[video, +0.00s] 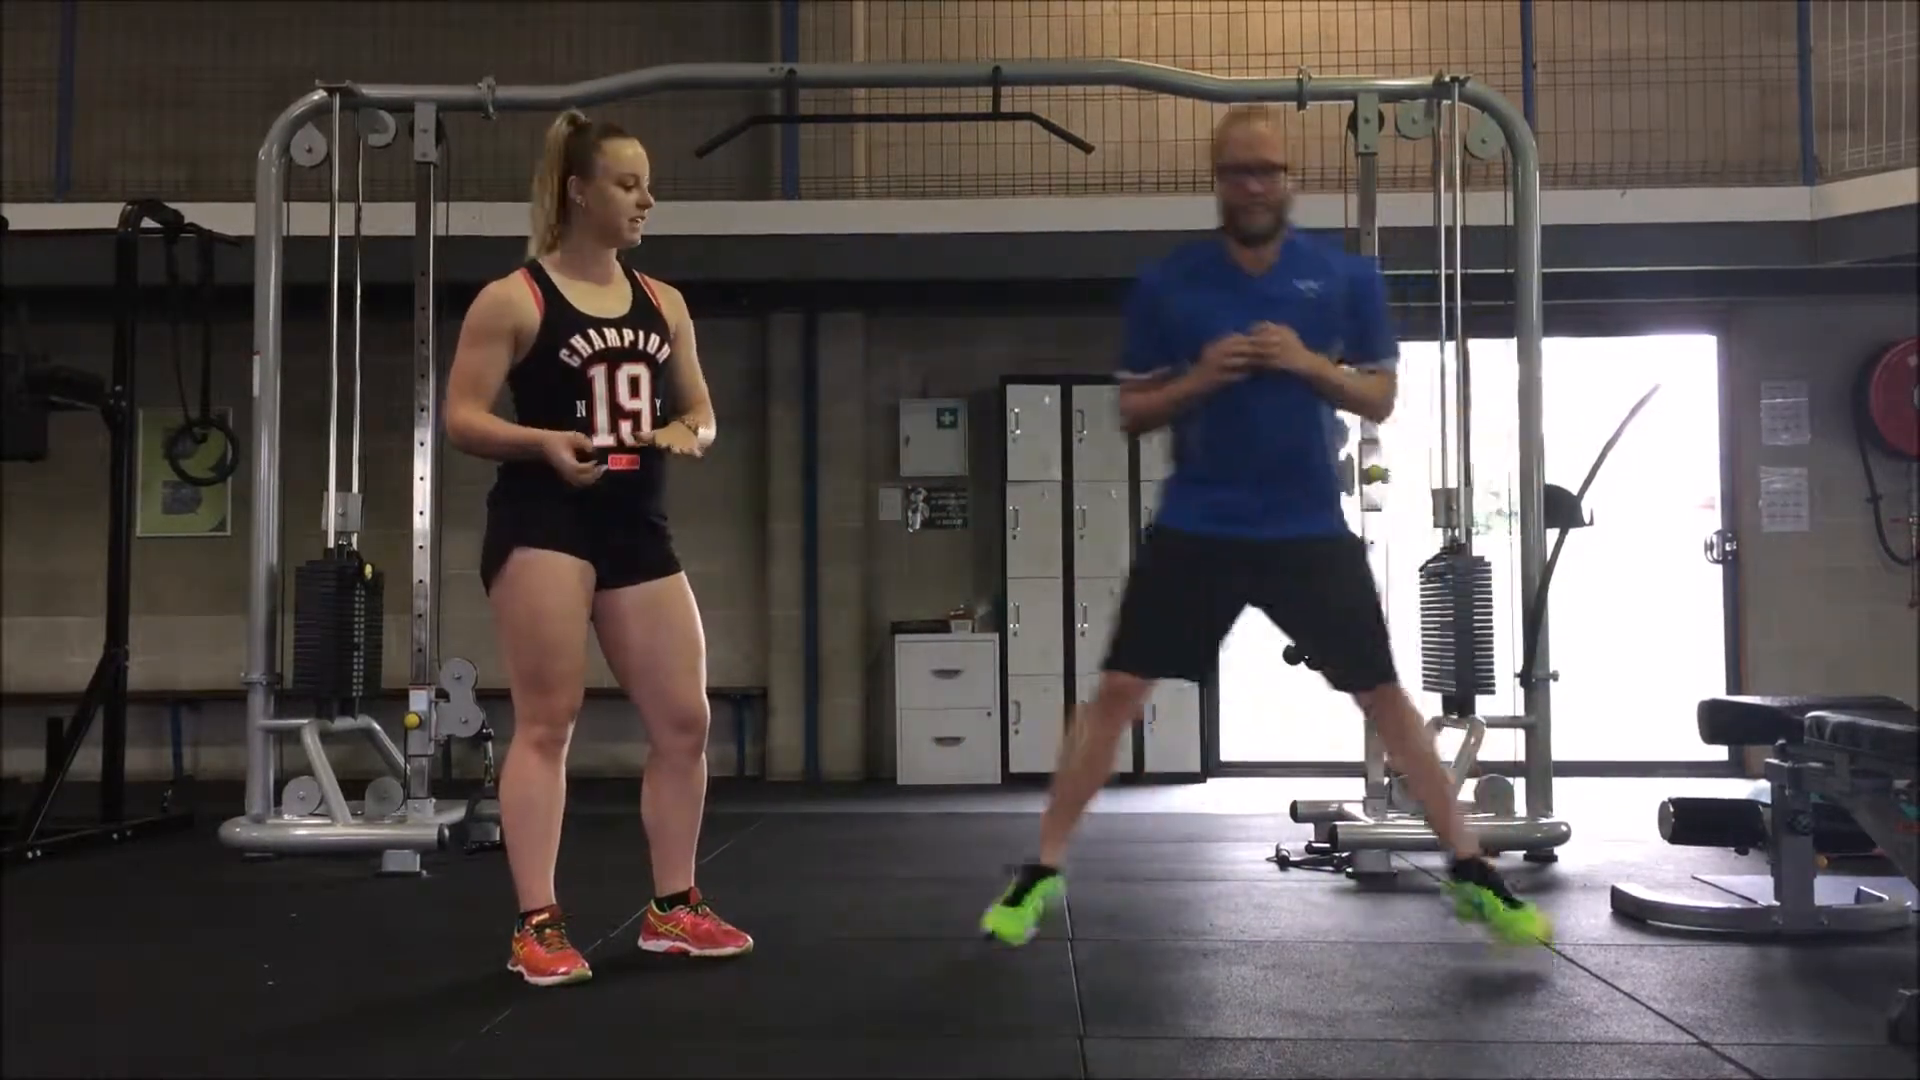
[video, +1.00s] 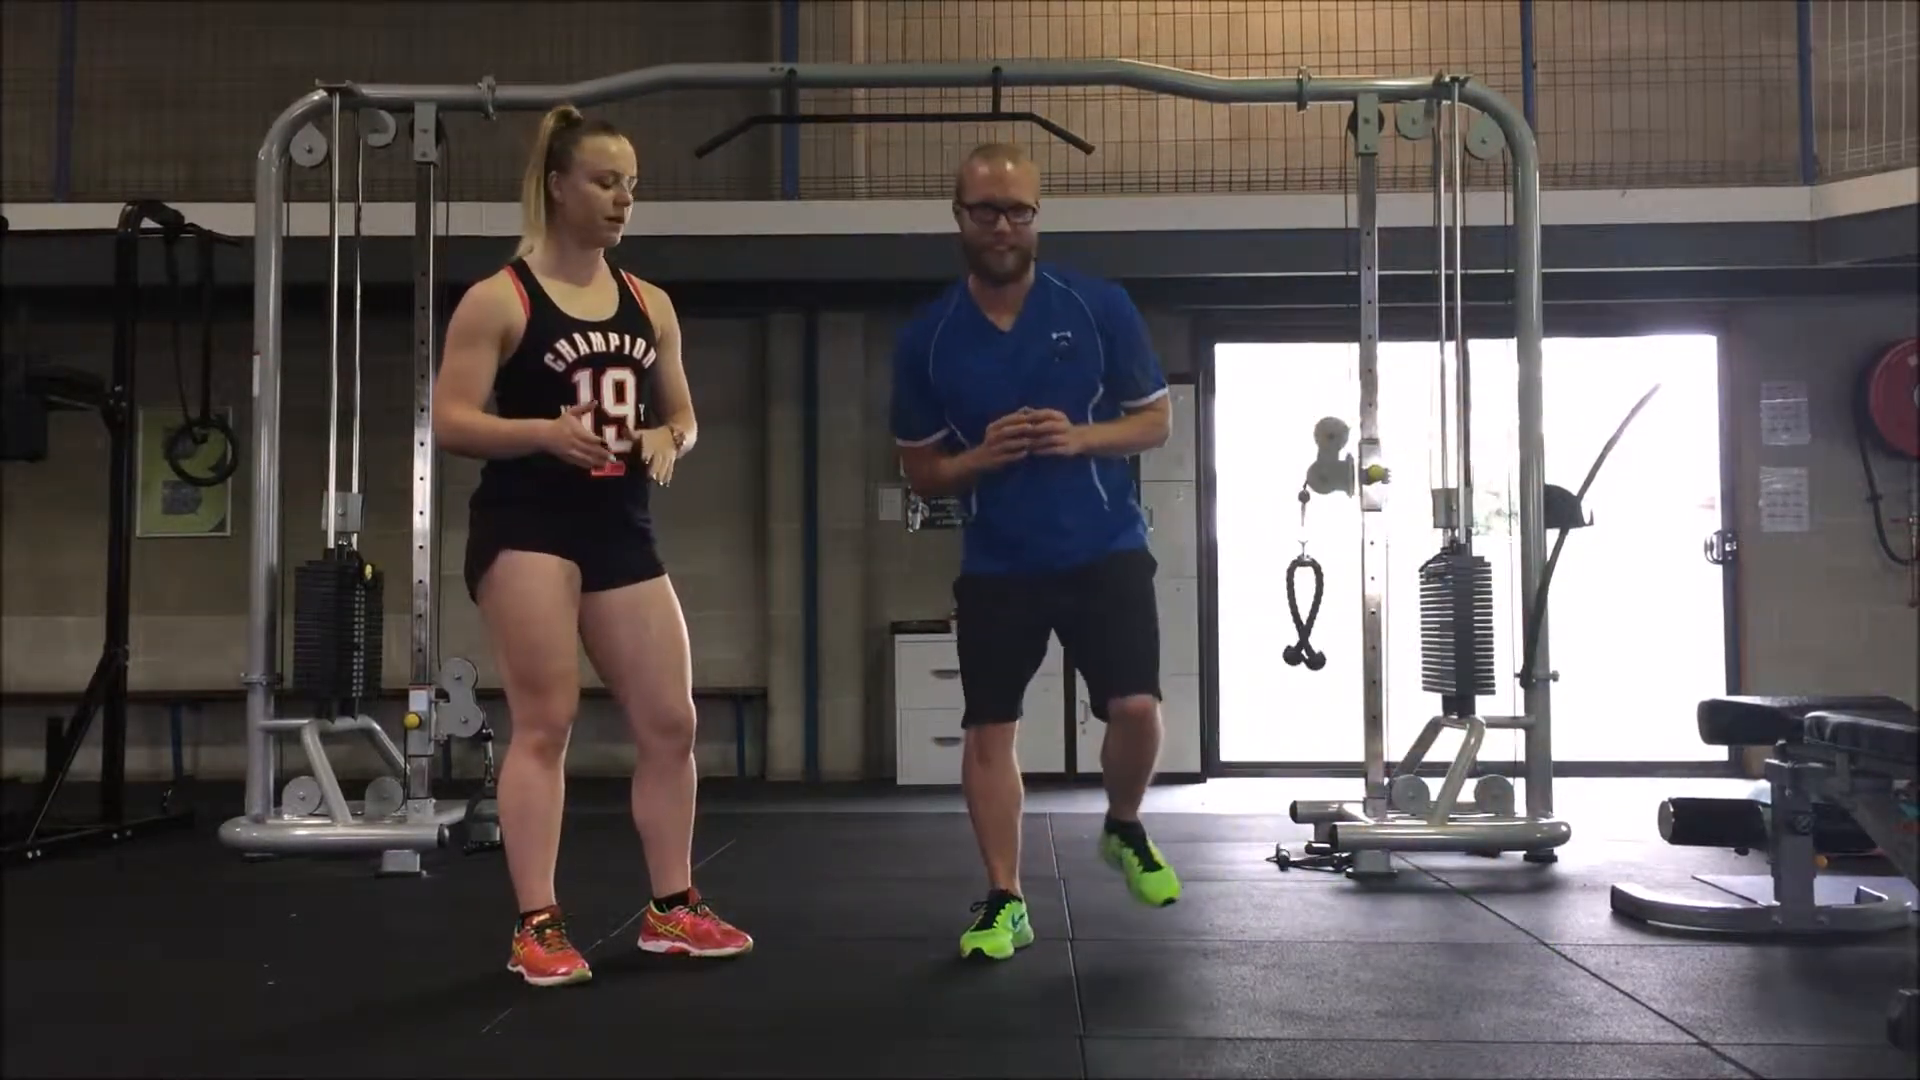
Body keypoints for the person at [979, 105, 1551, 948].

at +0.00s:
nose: (1254, 187)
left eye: (1268, 172)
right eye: (1237, 173)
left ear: (1290, 177)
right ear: (1213, 179)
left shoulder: (1345, 275)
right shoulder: (1167, 283)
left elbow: (1378, 400)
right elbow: (1131, 410)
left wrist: (1309, 364)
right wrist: (1199, 377)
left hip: (1308, 532)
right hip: (1195, 529)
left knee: (1383, 694)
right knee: (1117, 688)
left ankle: (1468, 863)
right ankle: (1044, 865)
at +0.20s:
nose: (1120, 210)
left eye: (1133, 195)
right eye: (1103, 195)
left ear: (1154, 199)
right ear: (1074, 199)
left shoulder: (1202, 303)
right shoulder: (1034, 305)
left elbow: (1229, 430)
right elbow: (995, 442)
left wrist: (1162, 415)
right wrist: (1080, 418)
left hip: (1179, 557)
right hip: (1065, 561)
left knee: (1264, 704)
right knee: (1024, 723)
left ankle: (1316, 862)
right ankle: (1007, 901)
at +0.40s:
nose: (1030, 211)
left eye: (1043, 194)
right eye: (1011, 199)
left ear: (1064, 190)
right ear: (982, 200)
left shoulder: (1126, 282)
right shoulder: (951, 311)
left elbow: (1178, 393)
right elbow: (933, 439)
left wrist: (1104, 402)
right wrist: (997, 424)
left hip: (1133, 536)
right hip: (1023, 551)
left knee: (1216, 683)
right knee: (1009, 723)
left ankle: (1285, 839)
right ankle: (1005, 899)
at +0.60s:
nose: (999, 218)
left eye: (1010, 201)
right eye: (979, 205)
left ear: (1028, 195)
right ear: (948, 208)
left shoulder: (1091, 285)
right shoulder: (921, 320)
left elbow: (1149, 397)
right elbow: (911, 454)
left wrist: (1076, 406)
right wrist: (969, 433)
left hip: (1110, 537)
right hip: (1003, 555)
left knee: (1192, 688)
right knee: (997, 728)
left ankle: (1224, 808)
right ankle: (1007, 899)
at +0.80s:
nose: (992, 212)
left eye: (1003, 196)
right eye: (973, 200)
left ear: (1024, 197)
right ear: (944, 208)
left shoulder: (1090, 289)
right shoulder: (920, 321)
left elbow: (1142, 405)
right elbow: (906, 455)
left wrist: (1069, 414)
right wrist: (968, 434)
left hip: (1096, 537)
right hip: (990, 554)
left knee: (1151, 700)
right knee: (990, 727)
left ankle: (1156, 814)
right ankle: (1006, 899)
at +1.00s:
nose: (1002, 226)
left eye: (1017, 211)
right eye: (984, 211)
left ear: (1039, 216)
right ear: (958, 217)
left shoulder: (1099, 308)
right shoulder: (926, 338)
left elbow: (1154, 422)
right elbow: (921, 472)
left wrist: (1081, 438)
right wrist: (978, 457)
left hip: (1105, 555)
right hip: (998, 565)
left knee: (1137, 709)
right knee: (989, 727)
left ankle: (1123, 826)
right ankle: (1004, 897)